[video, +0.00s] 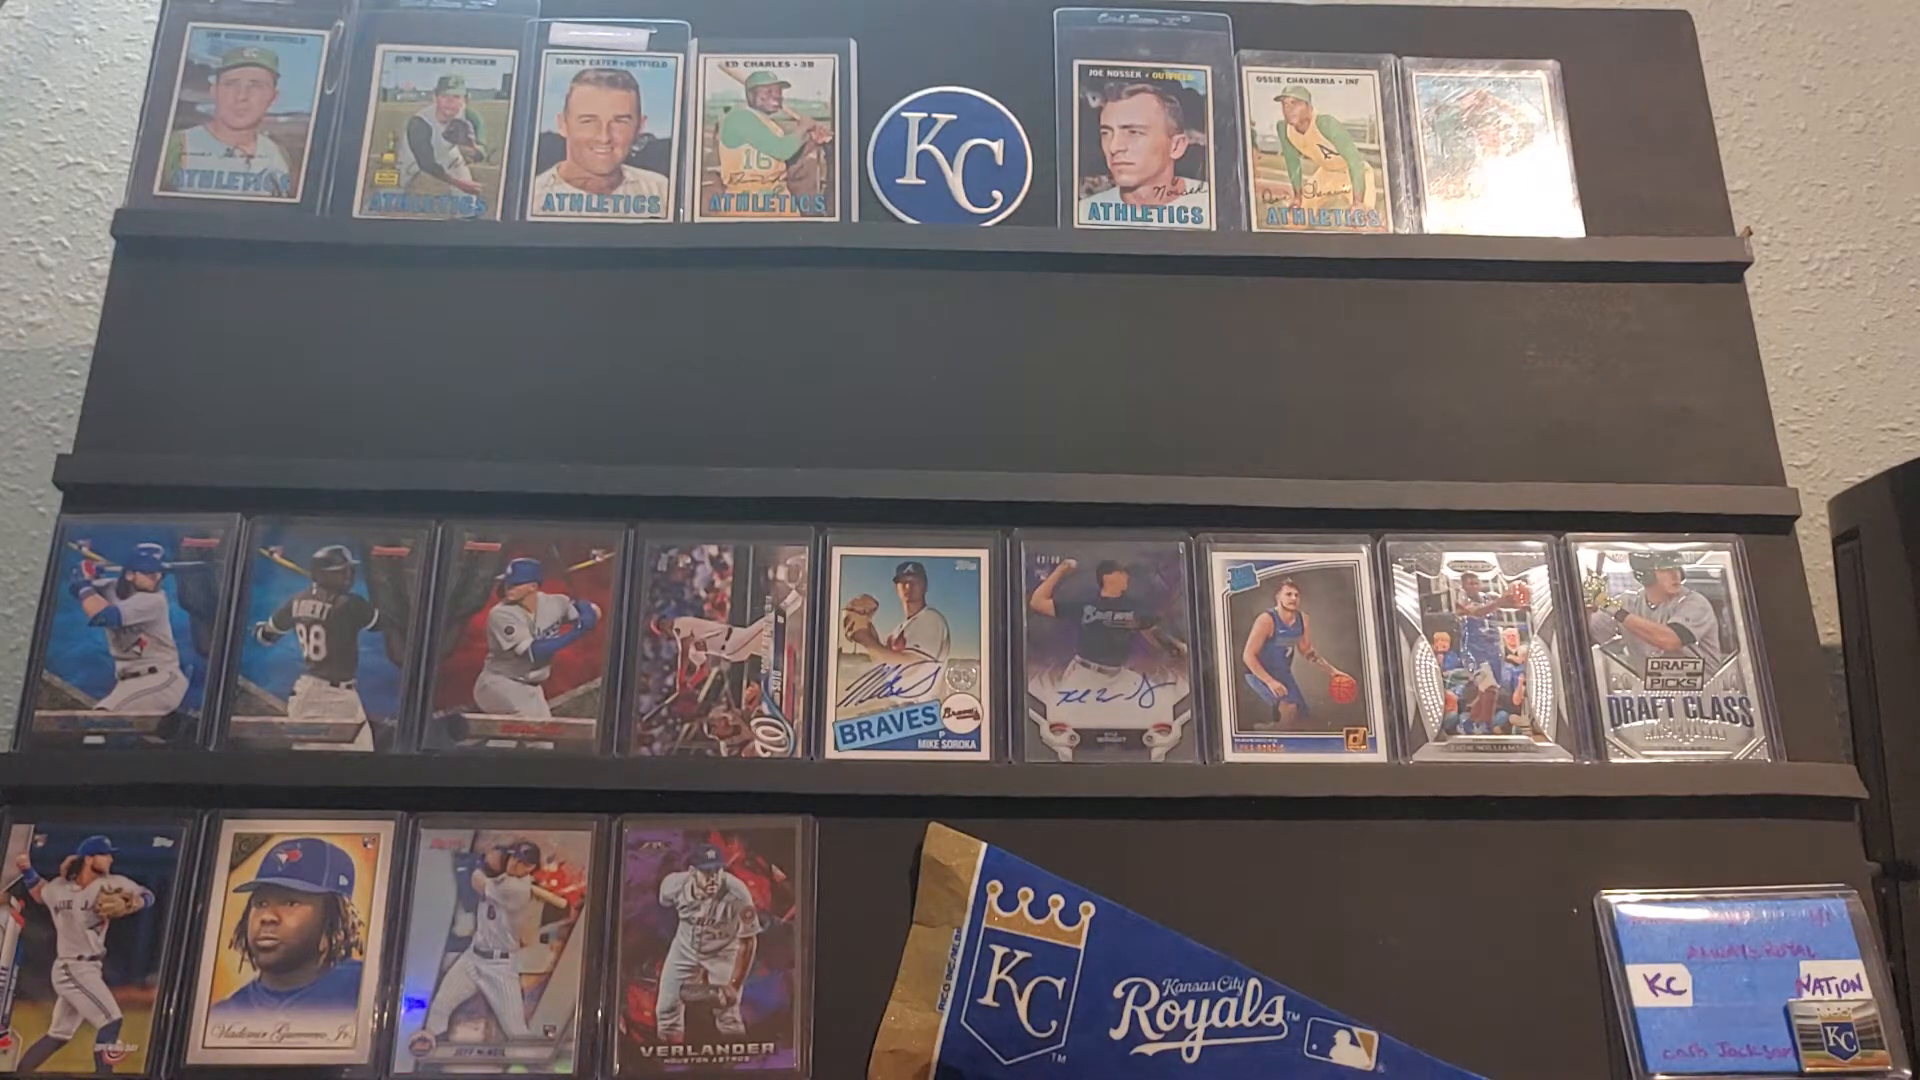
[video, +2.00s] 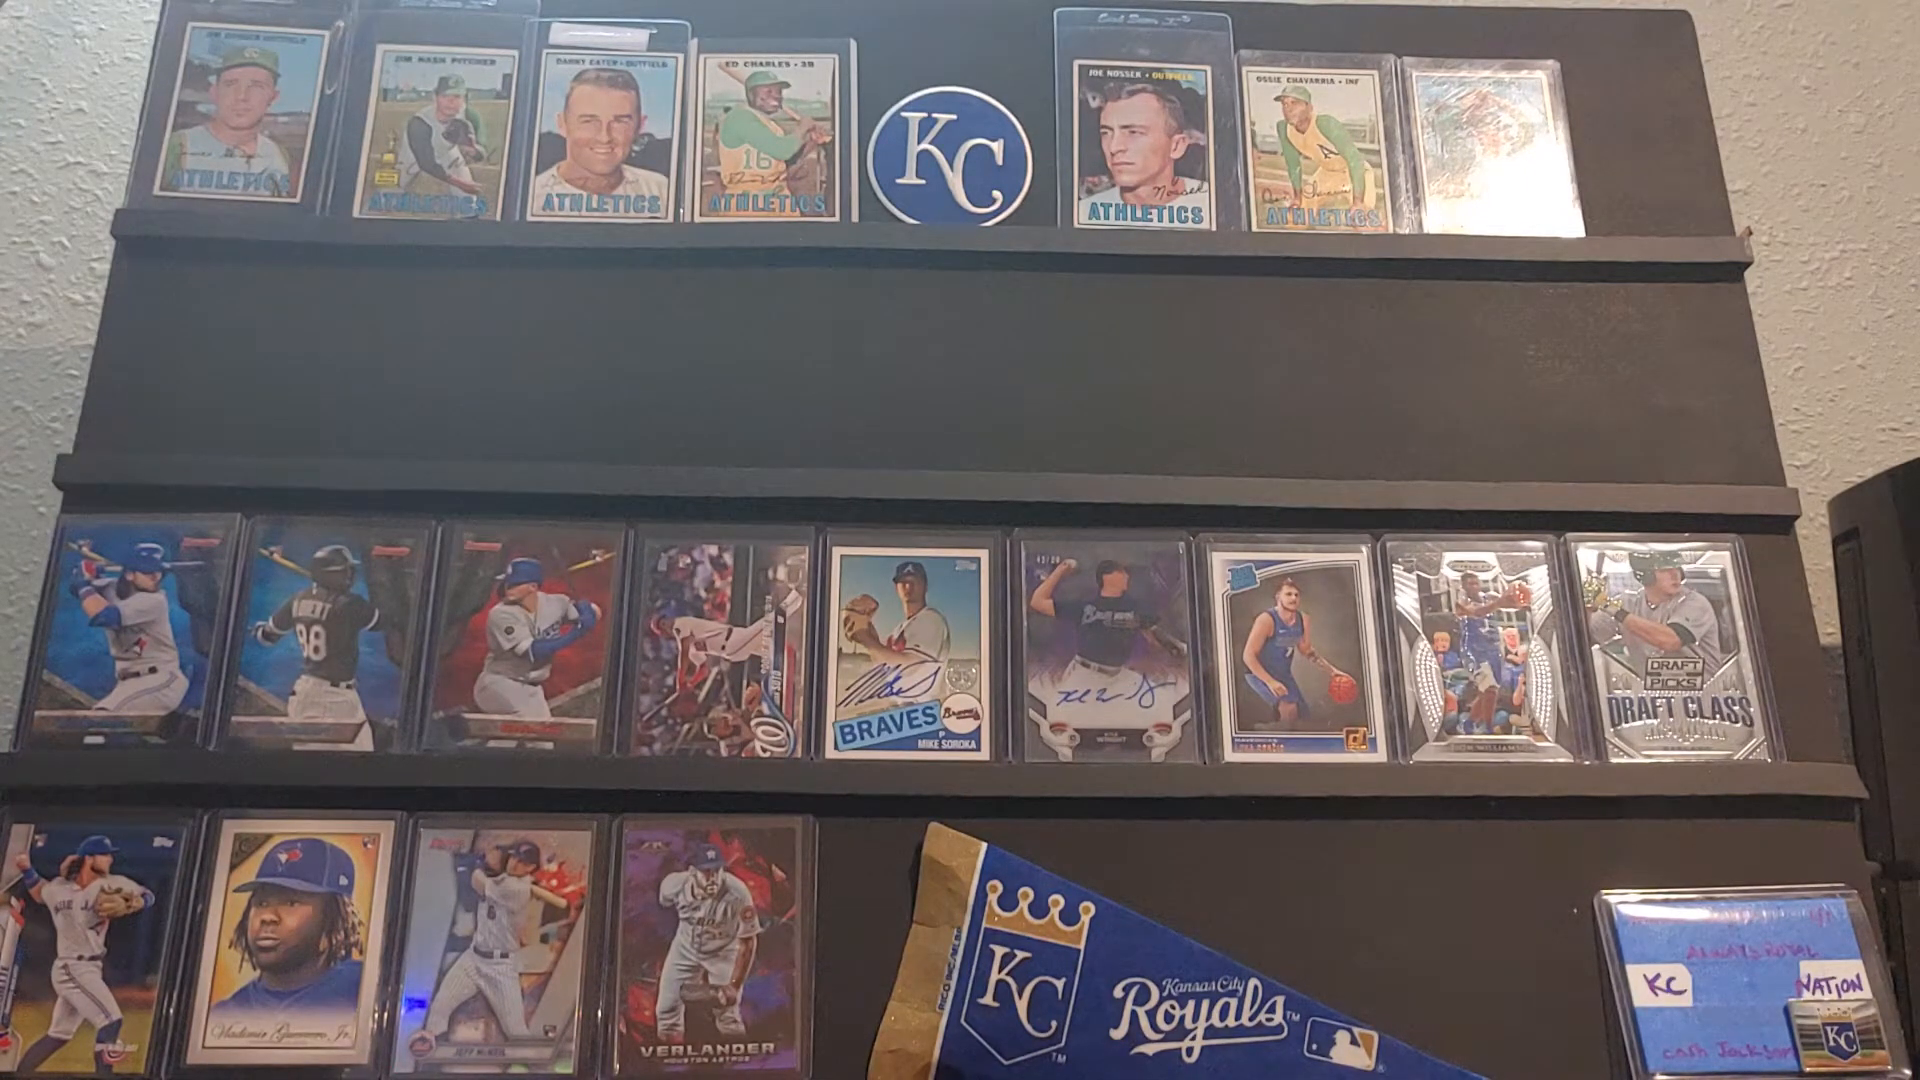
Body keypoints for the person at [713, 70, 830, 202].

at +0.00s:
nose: (776, 96)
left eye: (778, 91)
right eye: (768, 92)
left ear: (782, 94)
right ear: (752, 96)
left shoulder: (774, 127)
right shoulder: (739, 118)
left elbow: (786, 162)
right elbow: (783, 151)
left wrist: (811, 142)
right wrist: (803, 128)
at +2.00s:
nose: (776, 97)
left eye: (779, 92)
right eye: (768, 92)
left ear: (782, 94)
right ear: (751, 95)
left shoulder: (775, 128)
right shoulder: (738, 118)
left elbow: (784, 169)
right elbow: (782, 151)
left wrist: (811, 143)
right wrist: (802, 129)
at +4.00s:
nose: (776, 97)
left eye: (779, 92)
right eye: (769, 92)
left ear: (782, 93)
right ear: (751, 95)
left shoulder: (773, 125)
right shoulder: (738, 118)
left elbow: (784, 168)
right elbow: (783, 151)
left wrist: (811, 143)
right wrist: (802, 128)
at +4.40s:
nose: (776, 97)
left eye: (779, 92)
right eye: (769, 92)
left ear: (782, 93)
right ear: (751, 95)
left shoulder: (773, 126)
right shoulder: (738, 119)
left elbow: (785, 166)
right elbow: (783, 151)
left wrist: (811, 143)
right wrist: (802, 127)